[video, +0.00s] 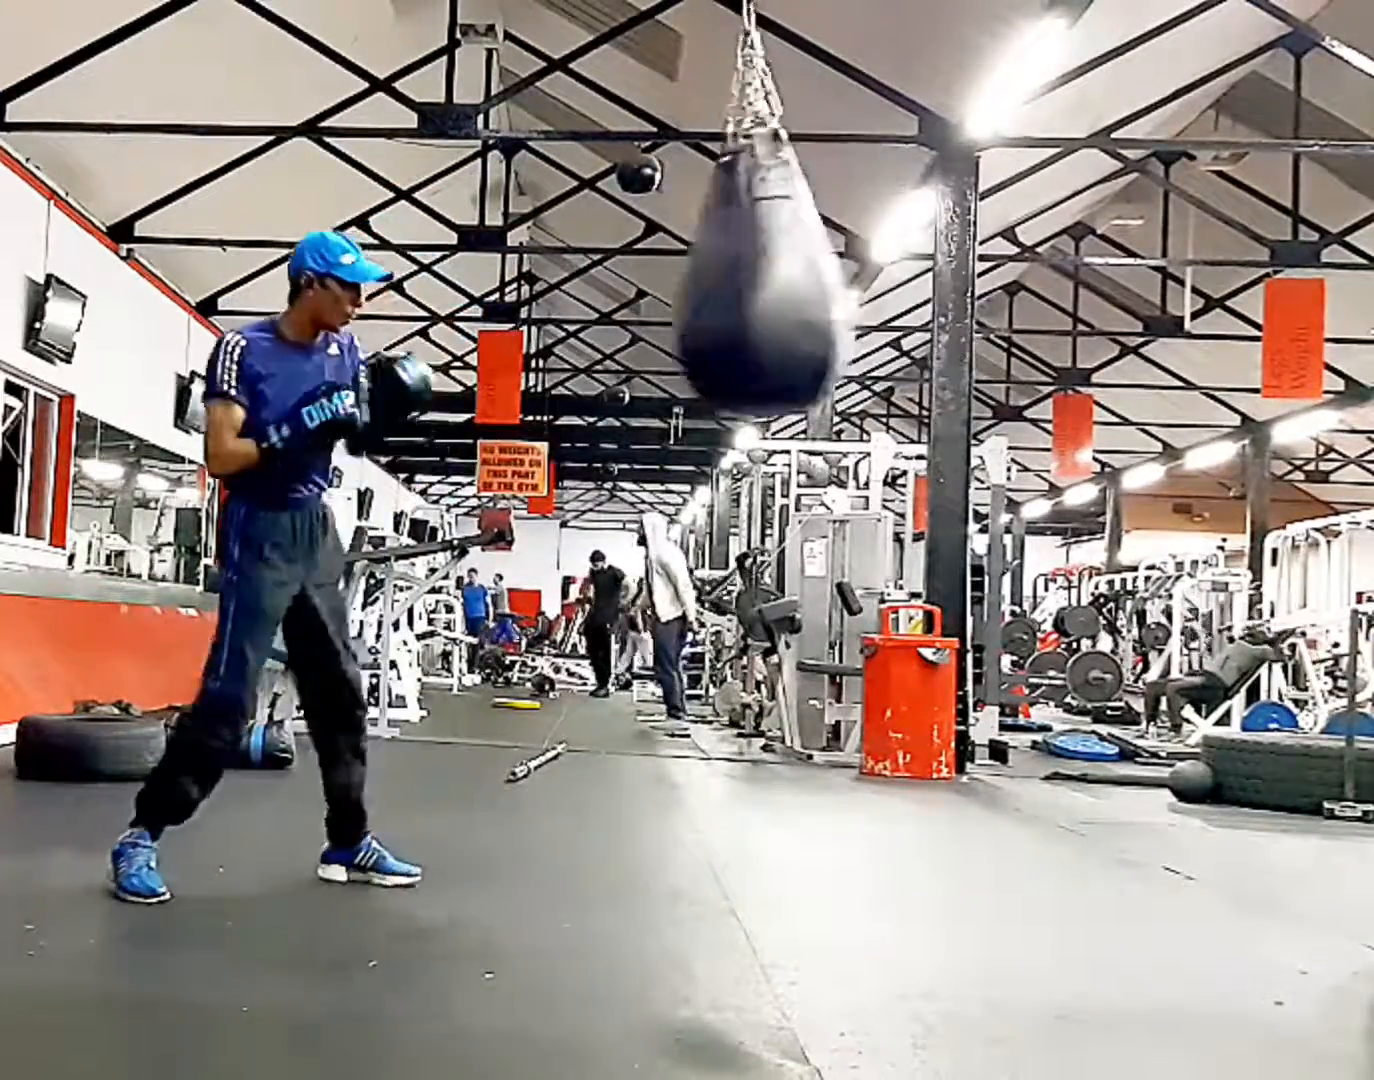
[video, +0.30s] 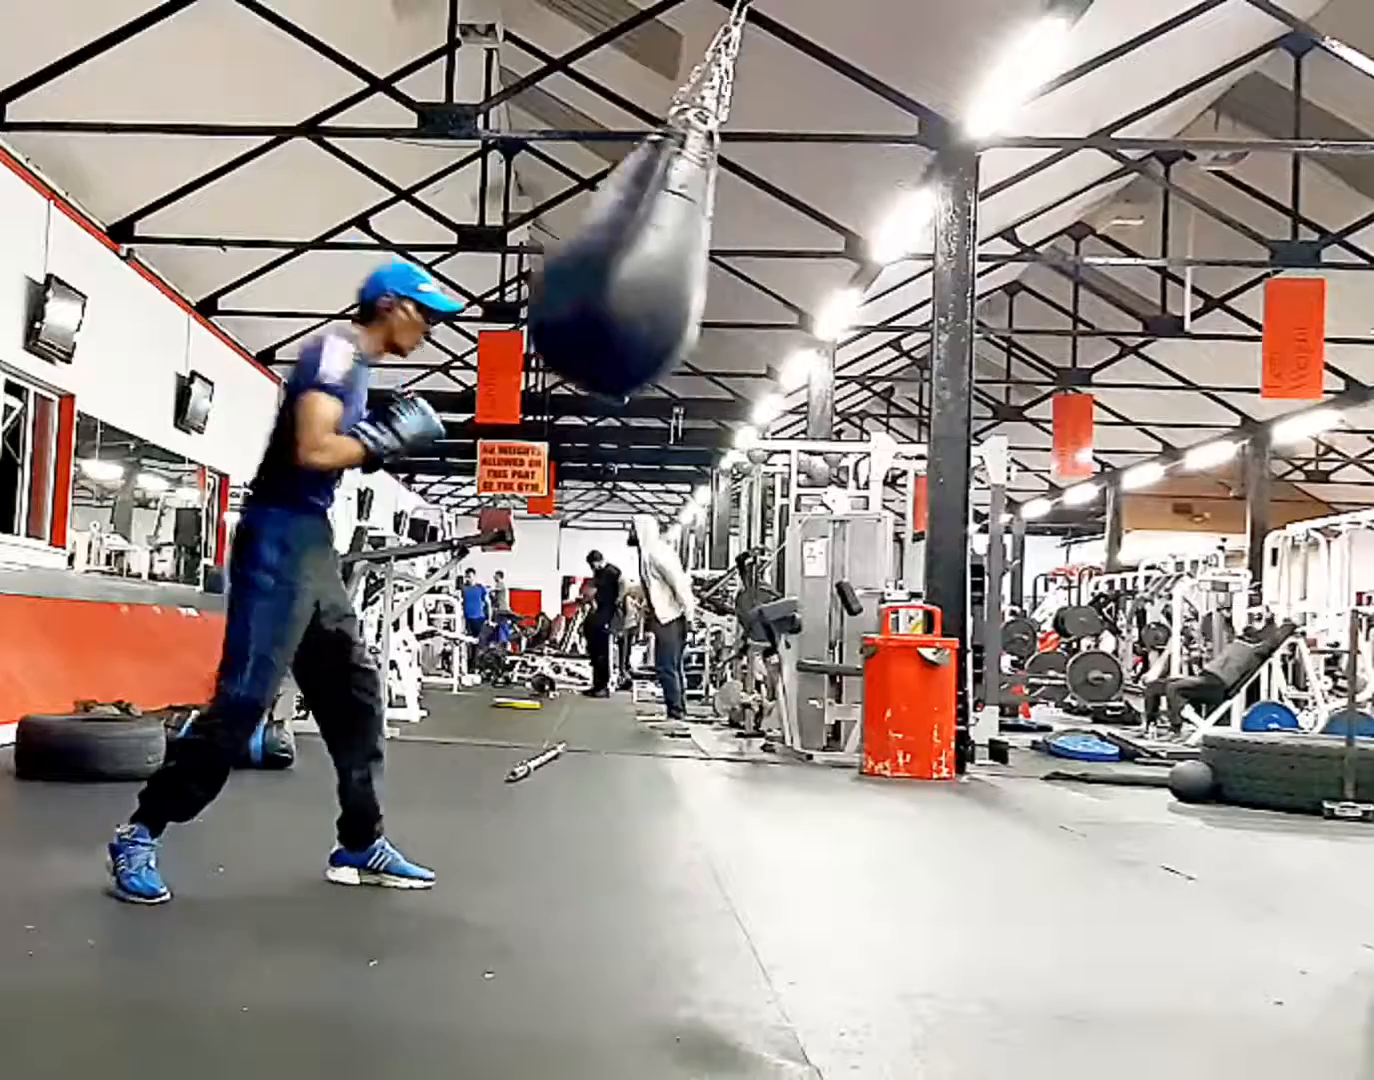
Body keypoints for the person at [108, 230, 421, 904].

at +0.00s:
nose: (357, 305)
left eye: (361, 294)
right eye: (348, 292)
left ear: (335, 294)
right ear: (310, 286)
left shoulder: (345, 358)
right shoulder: (241, 351)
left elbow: (360, 441)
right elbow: (220, 458)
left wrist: (388, 412)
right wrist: (299, 429)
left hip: (317, 535)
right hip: (257, 538)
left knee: (338, 692)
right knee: (232, 700)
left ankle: (349, 843)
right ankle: (139, 839)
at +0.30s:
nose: (426, 330)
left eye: (428, 319)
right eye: (422, 316)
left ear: (391, 311)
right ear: (391, 308)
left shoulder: (358, 365)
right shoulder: (335, 347)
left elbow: (328, 448)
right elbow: (312, 450)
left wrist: (386, 435)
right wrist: (382, 439)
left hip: (311, 542)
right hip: (279, 539)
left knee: (354, 696)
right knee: (243, 706)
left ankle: (361, 843)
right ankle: (138, 836)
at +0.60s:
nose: (465, 377)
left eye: (468, 366)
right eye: (462, 364)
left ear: (412, 350)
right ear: (438, 355)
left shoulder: (358, 381)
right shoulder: (413, 381)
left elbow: (330, 454)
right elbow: (365, 445)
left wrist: (406, 454)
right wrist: (418, 502)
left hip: (312, 526)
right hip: (315, 524)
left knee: (364, 690)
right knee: (284, 704)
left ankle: (362, 845)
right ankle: (145, 817)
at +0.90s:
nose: (448, 366)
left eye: (451, 355)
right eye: (442, 352)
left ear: (415, 349)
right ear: (406, 344)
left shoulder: (397, 408)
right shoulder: (329, 379)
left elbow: (354, 485)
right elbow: (315, 485)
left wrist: (407, 512)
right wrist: (391, 456)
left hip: (318, 548)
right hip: (272, 542)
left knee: (368, 692)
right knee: (283, 715)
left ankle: (362, 844)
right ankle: (195, 852)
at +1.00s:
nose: (436, 362)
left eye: (440, 352)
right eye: (430, 349)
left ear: (405, 345)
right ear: (393, 338)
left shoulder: (390, 407)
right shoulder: (309, 377)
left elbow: (360, 479)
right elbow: (282, 483)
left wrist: (400, 502)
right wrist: (367, 464)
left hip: (319, 561)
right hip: (268, 558)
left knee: (366, 694)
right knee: (270, 722)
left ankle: (361, 845)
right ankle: (193, 851)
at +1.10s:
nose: (422, 335)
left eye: (425, 324)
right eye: (417, 321)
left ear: (393, 318)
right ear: (380, 310)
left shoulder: (385, 382)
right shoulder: (295, 357)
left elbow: (379, 463)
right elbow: (262, 463)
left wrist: (411, 477)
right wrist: (345, 445)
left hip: (322, 541)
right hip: (271, 536)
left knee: (360, 688)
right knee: (268, 716)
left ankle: (359, 845)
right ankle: (194, 851)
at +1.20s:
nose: (415, 310)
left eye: (417, 299)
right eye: (409, 296)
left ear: (385, 293)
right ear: (371, 286)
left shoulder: (379, 362)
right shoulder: (292, 340)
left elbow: (382, 449)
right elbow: (262, 449)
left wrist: (416, 448)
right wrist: (347, 436)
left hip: (336, 535)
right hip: (284, 534)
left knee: (372, 682)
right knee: (267, 702)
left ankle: (366, 837)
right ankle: (194, 851)